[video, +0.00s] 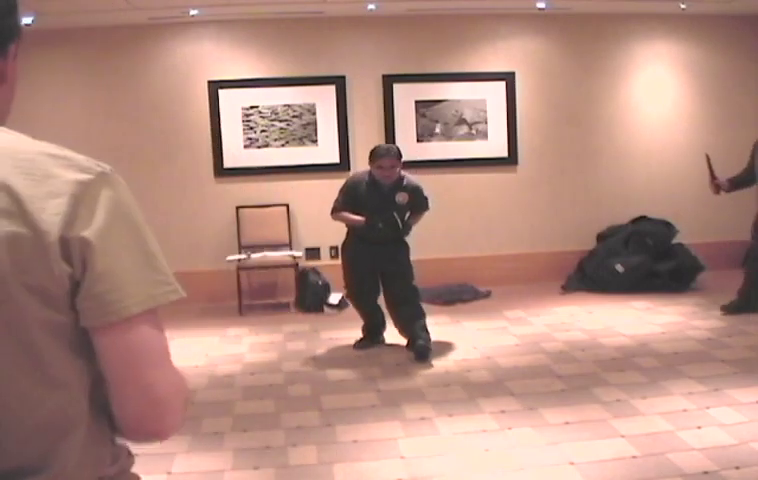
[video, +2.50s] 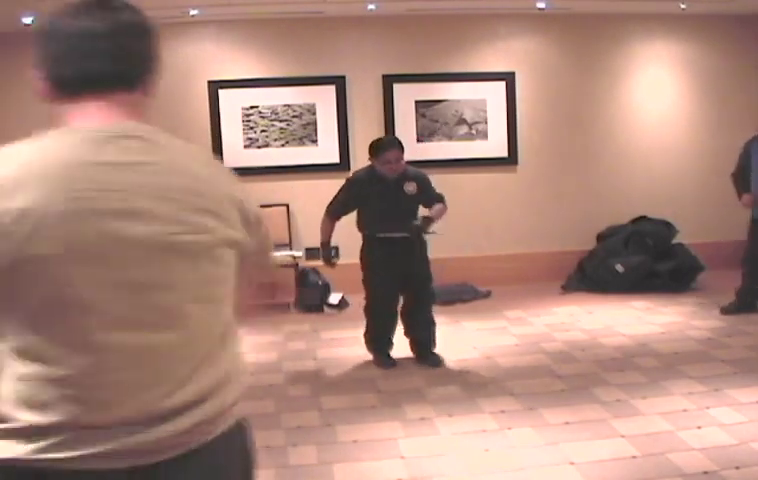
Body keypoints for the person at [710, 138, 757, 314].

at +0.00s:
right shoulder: (756, 146)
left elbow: (751, 173)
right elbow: (751, 172)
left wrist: (727, 184)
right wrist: (726, 184)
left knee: (754, 249)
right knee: (754, 248)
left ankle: (748, 296)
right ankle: (747, 296)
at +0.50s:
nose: (738, 134)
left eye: (741, 128)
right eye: (735, 129)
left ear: (755, 128)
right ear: (735, 129)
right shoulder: (735, 150)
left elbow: (726, 177)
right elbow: (727, 177)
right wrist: (702, 188)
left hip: (753, 217)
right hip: (748, 217)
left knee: (748, 258)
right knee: (745, 259)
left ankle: (748, 299)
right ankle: (745, 298)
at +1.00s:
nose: (730, 136)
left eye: (734, 130)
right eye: (727, 131)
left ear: (750, 130)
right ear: (726, 131)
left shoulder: (754, 152)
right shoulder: (728, 153)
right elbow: (716, 181)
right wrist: (689, 187)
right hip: (744, 218)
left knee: (751, 259)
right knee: (743, 259)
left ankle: (750, 300)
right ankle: (744, 300)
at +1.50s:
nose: (725, 135)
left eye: (730, 128)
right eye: (722, 129)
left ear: (745, 128)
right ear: (721, 130)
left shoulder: (755, 148)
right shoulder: (719, 155)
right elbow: (694, 180)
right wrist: (664, 184)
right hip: (741, 222)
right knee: (739, 261)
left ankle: (751, 300)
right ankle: (744, 300)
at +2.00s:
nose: (731, 126)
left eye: (736, 120)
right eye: (729, 121)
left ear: (751, 121)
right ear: (727, 123)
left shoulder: (754, 146)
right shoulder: (726, 148)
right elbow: (705, 179)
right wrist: (710, 191)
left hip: (754, 216)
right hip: (739, 217)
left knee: (750, 260)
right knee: (739, 260)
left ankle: (750, 300)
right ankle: (743, 300)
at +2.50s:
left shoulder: (751, 146)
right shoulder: (751, 146)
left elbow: (739, 172)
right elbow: (739, 173)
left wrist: (745, 192)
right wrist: (743, 192)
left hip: (754, 215)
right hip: (755, 215)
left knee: (751, 256)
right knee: (751, 256)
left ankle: (748, 297)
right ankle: (747, 297)